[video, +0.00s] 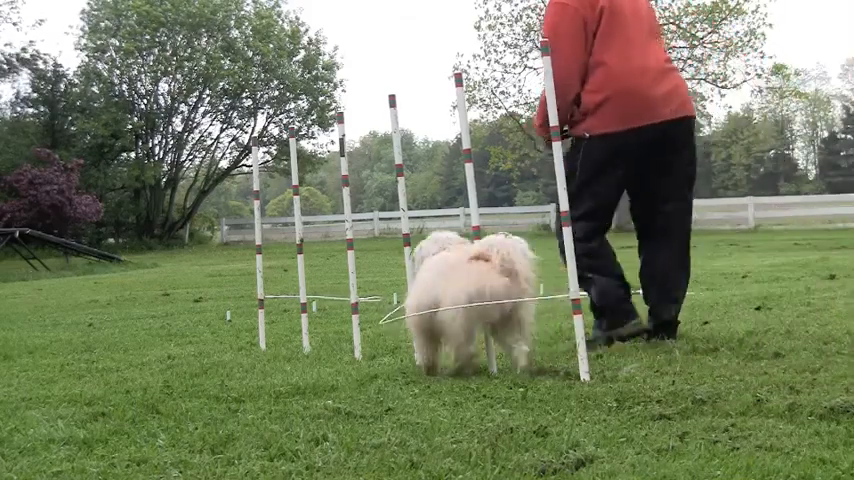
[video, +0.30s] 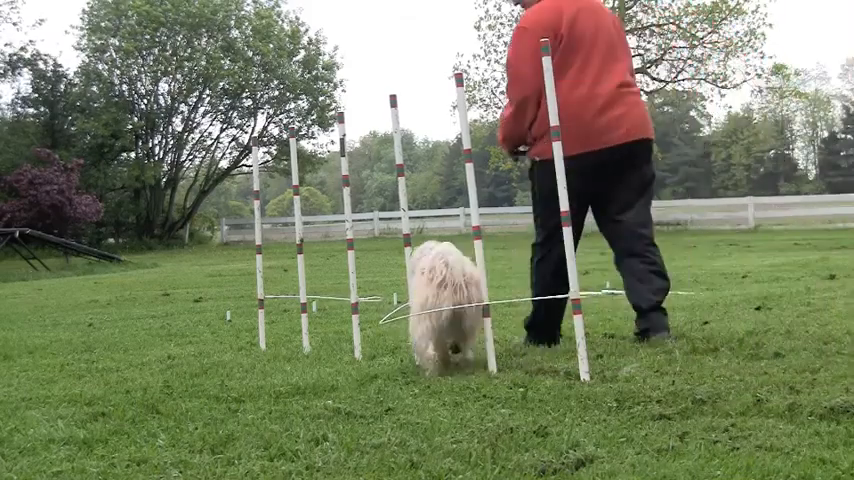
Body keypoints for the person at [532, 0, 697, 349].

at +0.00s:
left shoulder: (567, 4)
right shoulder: (637, 5)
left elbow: (565, 76)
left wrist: (546, 124)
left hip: (612, 116)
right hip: (673, 107)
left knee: (579, 227)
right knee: (665, 221)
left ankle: (616, 316)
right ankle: (665, 321)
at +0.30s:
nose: (518, 8)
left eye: (518, 6)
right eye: (518, 6)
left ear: (527, 0)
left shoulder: (533, 20)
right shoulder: (604, 12)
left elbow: (524, 94)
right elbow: (620, 72)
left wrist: (510, 139)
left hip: (566, 142)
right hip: (629, 131)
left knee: (553, 241)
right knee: (632, 228)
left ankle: (542, 333)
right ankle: (654, 323)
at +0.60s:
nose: (485, 15)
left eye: (483, 9)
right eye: (481, 10)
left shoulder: (500, 27)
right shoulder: (573, 19)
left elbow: (489, 98)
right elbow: (599, 78)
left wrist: (481, 146)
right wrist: (600, 125)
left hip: (533, 138)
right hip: (596, 136)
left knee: (526, 235)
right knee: (576, 227)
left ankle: (538, 330)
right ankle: (594, 314)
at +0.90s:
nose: (480, 25)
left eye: (478, 16)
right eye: (475, 19)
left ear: (492, 3)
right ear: (512, 1)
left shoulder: (501, 34)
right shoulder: (561, 27)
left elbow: (491, 103)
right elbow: (577, 85)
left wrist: (477, 147)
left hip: (536, 142)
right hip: (591, 136)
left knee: (521, 239)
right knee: (573, 233)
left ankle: (540, 330)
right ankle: (574, 321)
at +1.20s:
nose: (486, 36)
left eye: (483, 28)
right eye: (481, 32)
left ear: (495, 10)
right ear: (518, 6)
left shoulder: (504, 40)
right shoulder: (563, 34)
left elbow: (495, 112)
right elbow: (578, 90)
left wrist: (482, 157)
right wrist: (521, 142)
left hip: (542, 146)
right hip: (595, 140)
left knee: (522, 240)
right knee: (579, 240)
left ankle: (540, 317)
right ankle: (579, 319)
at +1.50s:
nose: (470, 41)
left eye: (469, 33)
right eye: (467, 35)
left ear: (480, 21)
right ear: (506, 16)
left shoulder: (484, 51)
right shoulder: (549, 43)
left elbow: (479, 117)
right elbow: (575, 92)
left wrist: (479, 163)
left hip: (524, 150)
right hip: (582, 144)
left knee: (501, 235)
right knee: (572, 234)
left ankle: (499, 322)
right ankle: (577, 319)